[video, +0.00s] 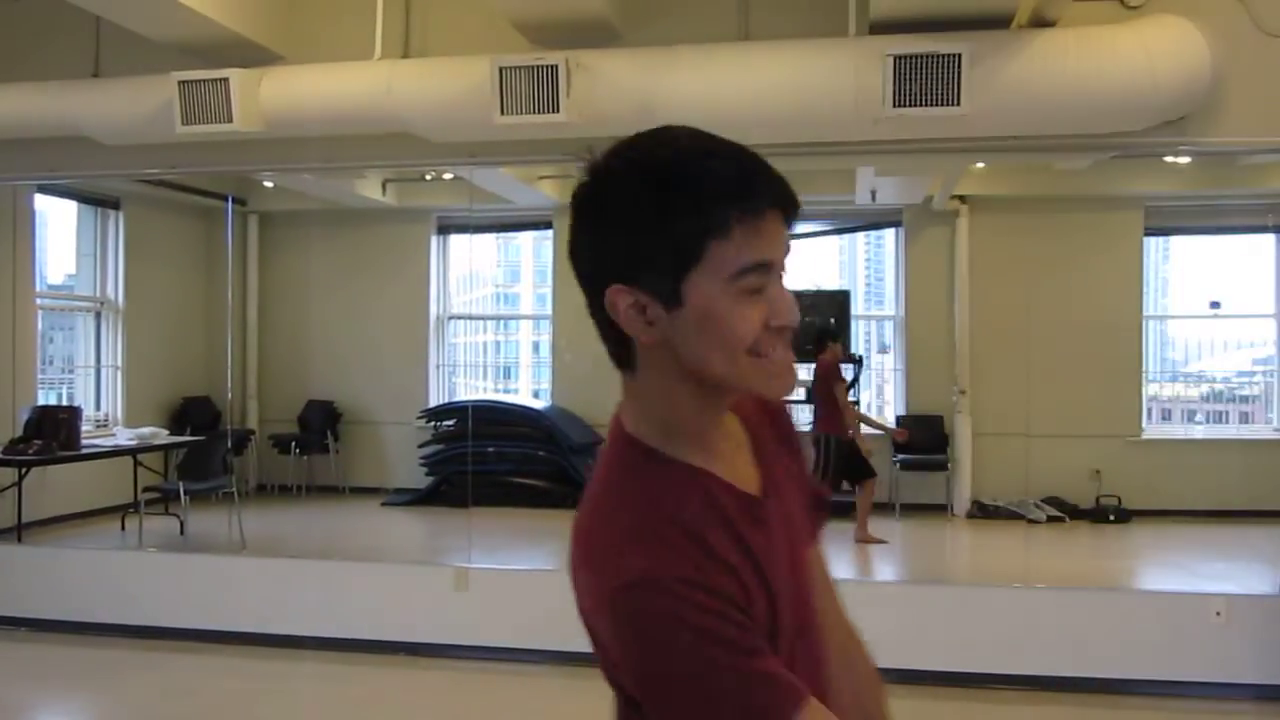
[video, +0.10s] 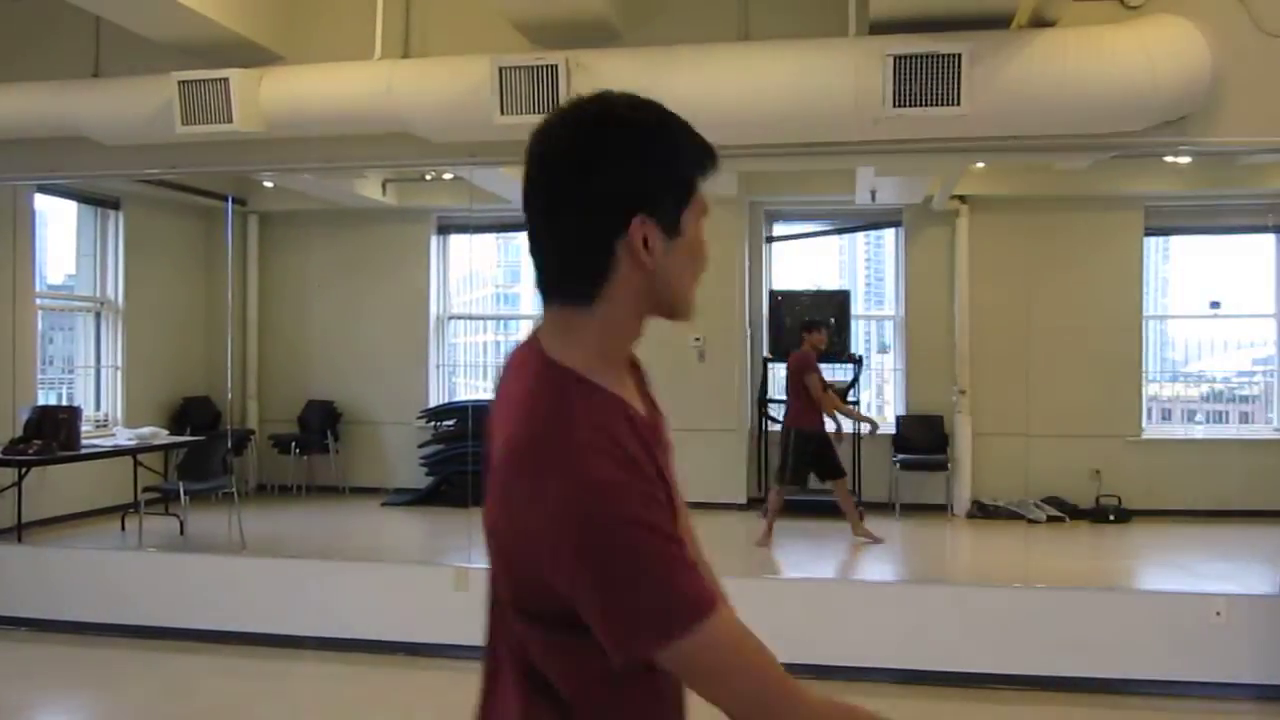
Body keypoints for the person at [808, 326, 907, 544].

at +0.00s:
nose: (843, 349)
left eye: (842, 344)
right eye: (840, 344)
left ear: (825, 348)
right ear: (829, 346)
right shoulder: (830, 368)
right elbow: (844, 407)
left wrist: (889, 430)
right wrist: (857, 439)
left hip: (832, 435)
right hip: (831, 436)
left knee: (867, 478)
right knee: (823, 488)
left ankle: (862, 531)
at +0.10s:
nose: (824, 339)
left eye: (825, 335)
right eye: (820, 335)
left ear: (814, 337)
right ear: (807, 336)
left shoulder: (807, 360)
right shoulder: (804, 358)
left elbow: (829, 396)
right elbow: (819, 395)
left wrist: (859, 417)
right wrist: (836, 421)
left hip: (814, 430)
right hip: (797, 430)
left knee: (839, 479)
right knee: (781, 485)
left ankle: (857, 527)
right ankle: (767, 532)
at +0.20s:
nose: (798, 320)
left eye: (802, 316)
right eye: (793, 315)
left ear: (807, 320)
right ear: (785, 319)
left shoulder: (808, 351)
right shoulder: (778, 345)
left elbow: (820, 388)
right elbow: (794, 381)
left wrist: (847, 415)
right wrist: (819, 401)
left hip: (799, 418)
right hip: (774, 417)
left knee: (806, 472)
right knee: (764, 472)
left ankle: (806, 525)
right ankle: (761, 527)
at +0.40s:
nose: (753, 324)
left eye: (758, 319)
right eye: (750, 320)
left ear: (768, 321)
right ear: (746, 323)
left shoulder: (784, 351)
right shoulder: (743, 348)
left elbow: (802, 386)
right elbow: (725, 365)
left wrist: (819, 420)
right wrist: (709, 359)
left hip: (760, 416)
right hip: (737, 411)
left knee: (744, 473)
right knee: (716, 461)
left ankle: (736, 527)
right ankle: (692, 512)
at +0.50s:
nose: (738, 334)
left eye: (742, 329)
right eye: (735, 330)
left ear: (753, 332)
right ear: (732, 333)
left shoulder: (768, 364)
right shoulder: (727, 363)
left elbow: (796, 396)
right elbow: (685, 378)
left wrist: (820, 424)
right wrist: (649, 381)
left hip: (746, 432)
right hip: (721, 425)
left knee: (735, 487)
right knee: (689, 471)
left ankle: (730, 536)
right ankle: (651, 512)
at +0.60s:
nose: (723, 335)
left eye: (728, 330)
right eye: (720, 330)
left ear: (739, 332)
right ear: (716, 333)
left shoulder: (750, 363)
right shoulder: (713, 364)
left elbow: (771, 384)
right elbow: (691, 390)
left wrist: (792, 402)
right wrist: (666, 411)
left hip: (729, 433)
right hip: (703, 429)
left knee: (727, 489)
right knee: (672, 475)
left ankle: (730, 534)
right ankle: (645, 521)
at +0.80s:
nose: (696, 328)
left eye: (702, 324)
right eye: (695, 323)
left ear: (713, 328)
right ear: (691, 325)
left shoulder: (703, 351)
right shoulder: (701, 352)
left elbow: (690, 358)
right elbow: (721, 354)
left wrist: (676, 358)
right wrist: (737, 345)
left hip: (688, 412)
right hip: (670, 414)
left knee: (720, 463)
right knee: (664, 479)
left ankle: (760, 505)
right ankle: (664, 537)